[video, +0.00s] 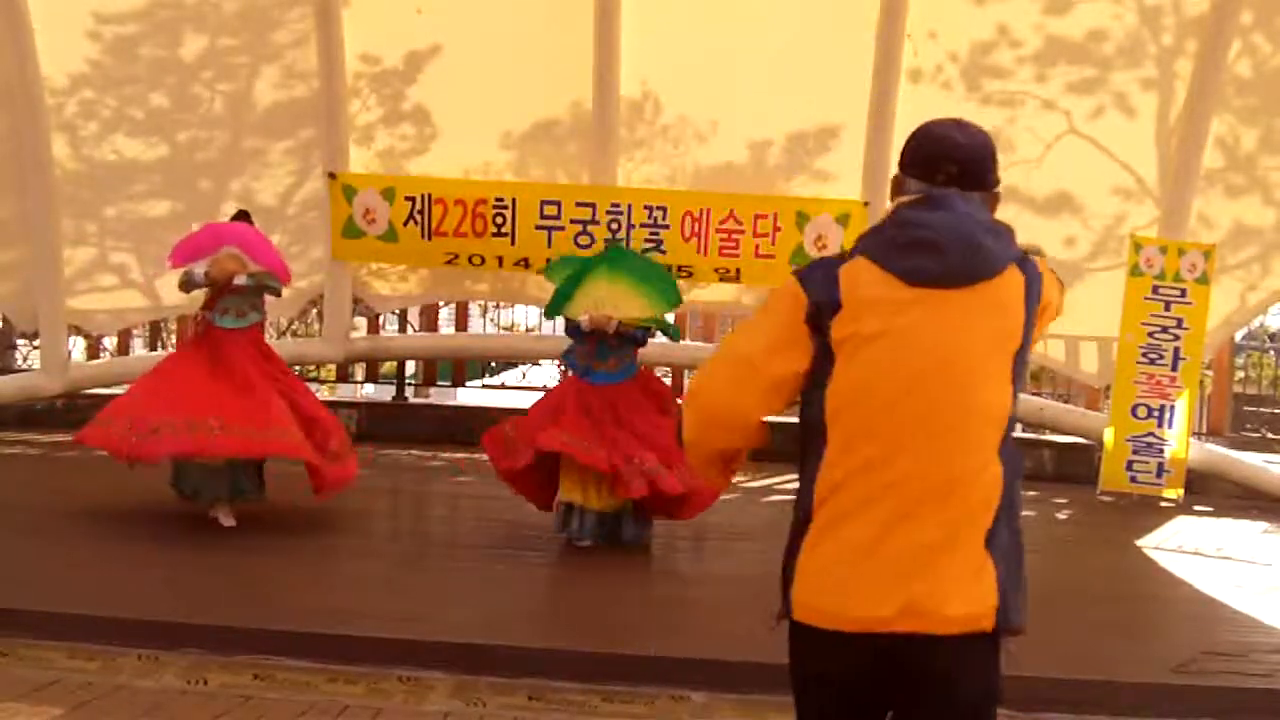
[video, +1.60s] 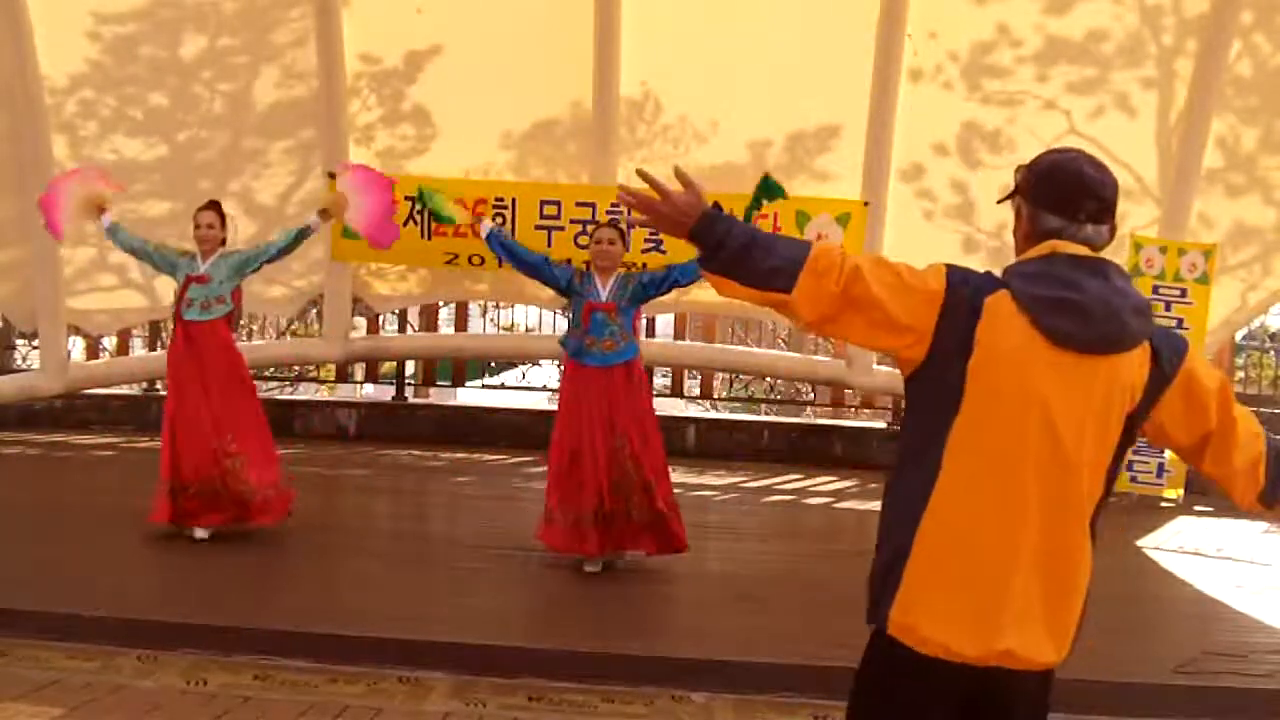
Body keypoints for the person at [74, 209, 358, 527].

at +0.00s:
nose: (237, 245)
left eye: (244, 240)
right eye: (233, 241)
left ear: (253, 241)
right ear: (223, 240)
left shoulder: (261, 266)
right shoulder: (213, 265)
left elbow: (277, 286)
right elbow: (184, 282)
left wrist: (247, 273)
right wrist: (212, 274)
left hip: (249, 341)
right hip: (214, 339)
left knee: (243, 416)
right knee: (216, 417)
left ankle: (229, 492)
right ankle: (220, 499)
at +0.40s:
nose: (247, 255)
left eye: (253, 250)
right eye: (242, 250)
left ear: (264, 253)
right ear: (235, 253)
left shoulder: (273, 288)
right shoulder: (222, 287)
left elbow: (293, 321)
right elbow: (203, 319)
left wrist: (264, 325)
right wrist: (227, 323)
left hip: (256, 364)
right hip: (222, 363)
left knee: (256, 431)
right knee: (218, 430)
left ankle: (250, 507)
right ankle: (217, 506)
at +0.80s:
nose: (249, 272)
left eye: (256, 266)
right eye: (244, 266)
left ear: (267, 271)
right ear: (237, 271)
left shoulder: (280, 309)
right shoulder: (226, 308)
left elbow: (293, 348)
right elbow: (215, 352)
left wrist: (277, 358)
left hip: (270, 381)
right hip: (235, 381)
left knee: (268, 435)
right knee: (238, 435)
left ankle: (271, 500)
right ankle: (241, 499)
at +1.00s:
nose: (247, 267)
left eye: (254, 261)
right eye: (242, 261)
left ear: (264, 267)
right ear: (235, 266)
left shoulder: (275, 305)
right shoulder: (222, 303)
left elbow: (298, 338)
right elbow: (203, 344)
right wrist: (197, 379)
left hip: (262, 376)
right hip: (226, 375)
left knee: (264, 435)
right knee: (224, 434)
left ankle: (278, 500)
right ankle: (219, 499)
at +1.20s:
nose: (237, 251)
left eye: (243, 246)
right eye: (232, 246)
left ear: (255, 251)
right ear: (225, 251)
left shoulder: (265, 289)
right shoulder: (212, 287)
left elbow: (300, 315)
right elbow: (176, 319)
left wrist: (338, 329)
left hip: (250, 368)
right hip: (215, 367)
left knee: (256, 433)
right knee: (198, 431)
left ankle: (267, 504)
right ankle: (180, 509)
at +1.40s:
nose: (220, 235)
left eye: (226, 229)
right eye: (215, 230)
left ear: (239, 234)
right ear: (208, 235)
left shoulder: (250, 268)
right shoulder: (197, 267)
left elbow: (292, 276)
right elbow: (159, 275)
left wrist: (337, 272)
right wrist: (121, 273)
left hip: (232, 355)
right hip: (199, 355)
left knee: (238, 426)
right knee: (196, 426)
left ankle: (244, 506)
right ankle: (198, 510)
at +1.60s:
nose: (204, 232)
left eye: (211, 226)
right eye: (199, 226)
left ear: (224, 232)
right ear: (193, 231)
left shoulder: (233, 263)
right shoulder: (182, 264)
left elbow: (276, 248)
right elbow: (142, 248)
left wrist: (317, 220)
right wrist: (106, 220)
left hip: (218, 357)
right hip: (184, 358)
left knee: (215, 431)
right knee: (187, 432)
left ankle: (211, 514)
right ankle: (192, 513)